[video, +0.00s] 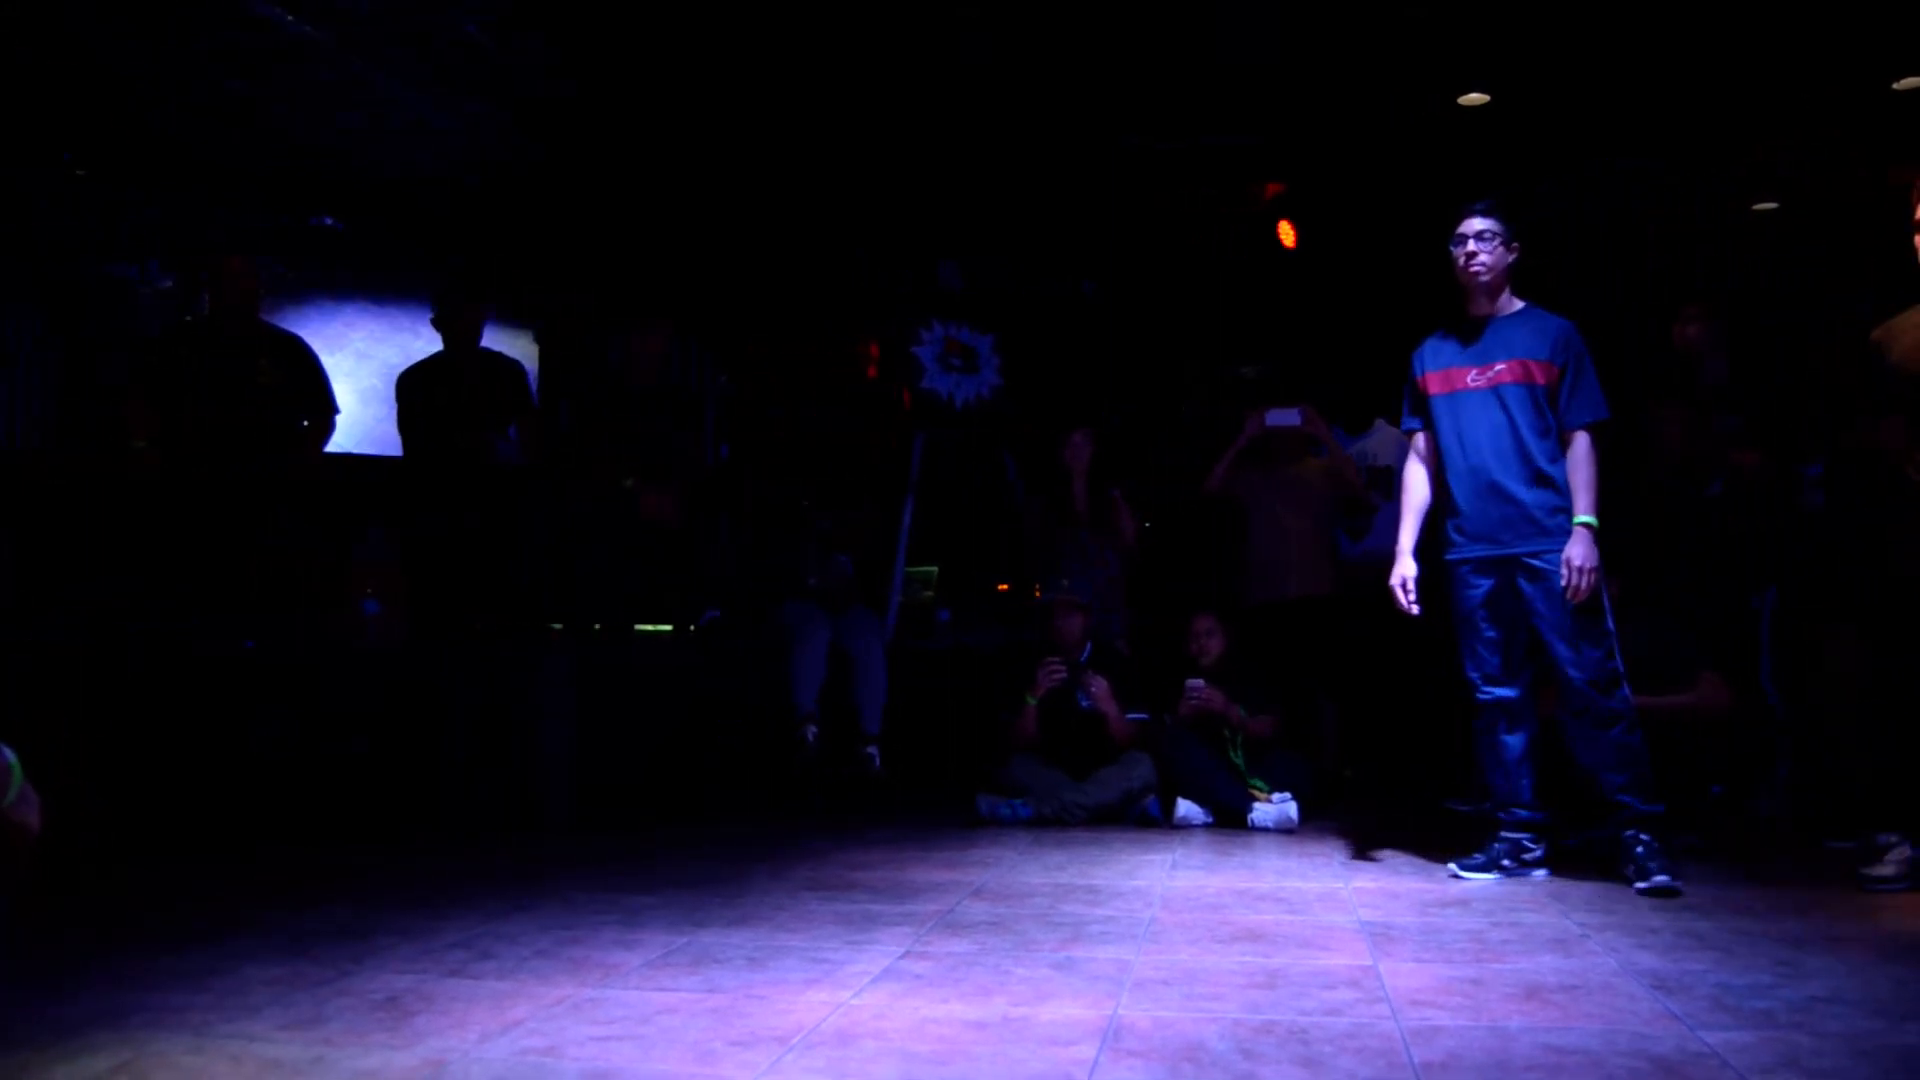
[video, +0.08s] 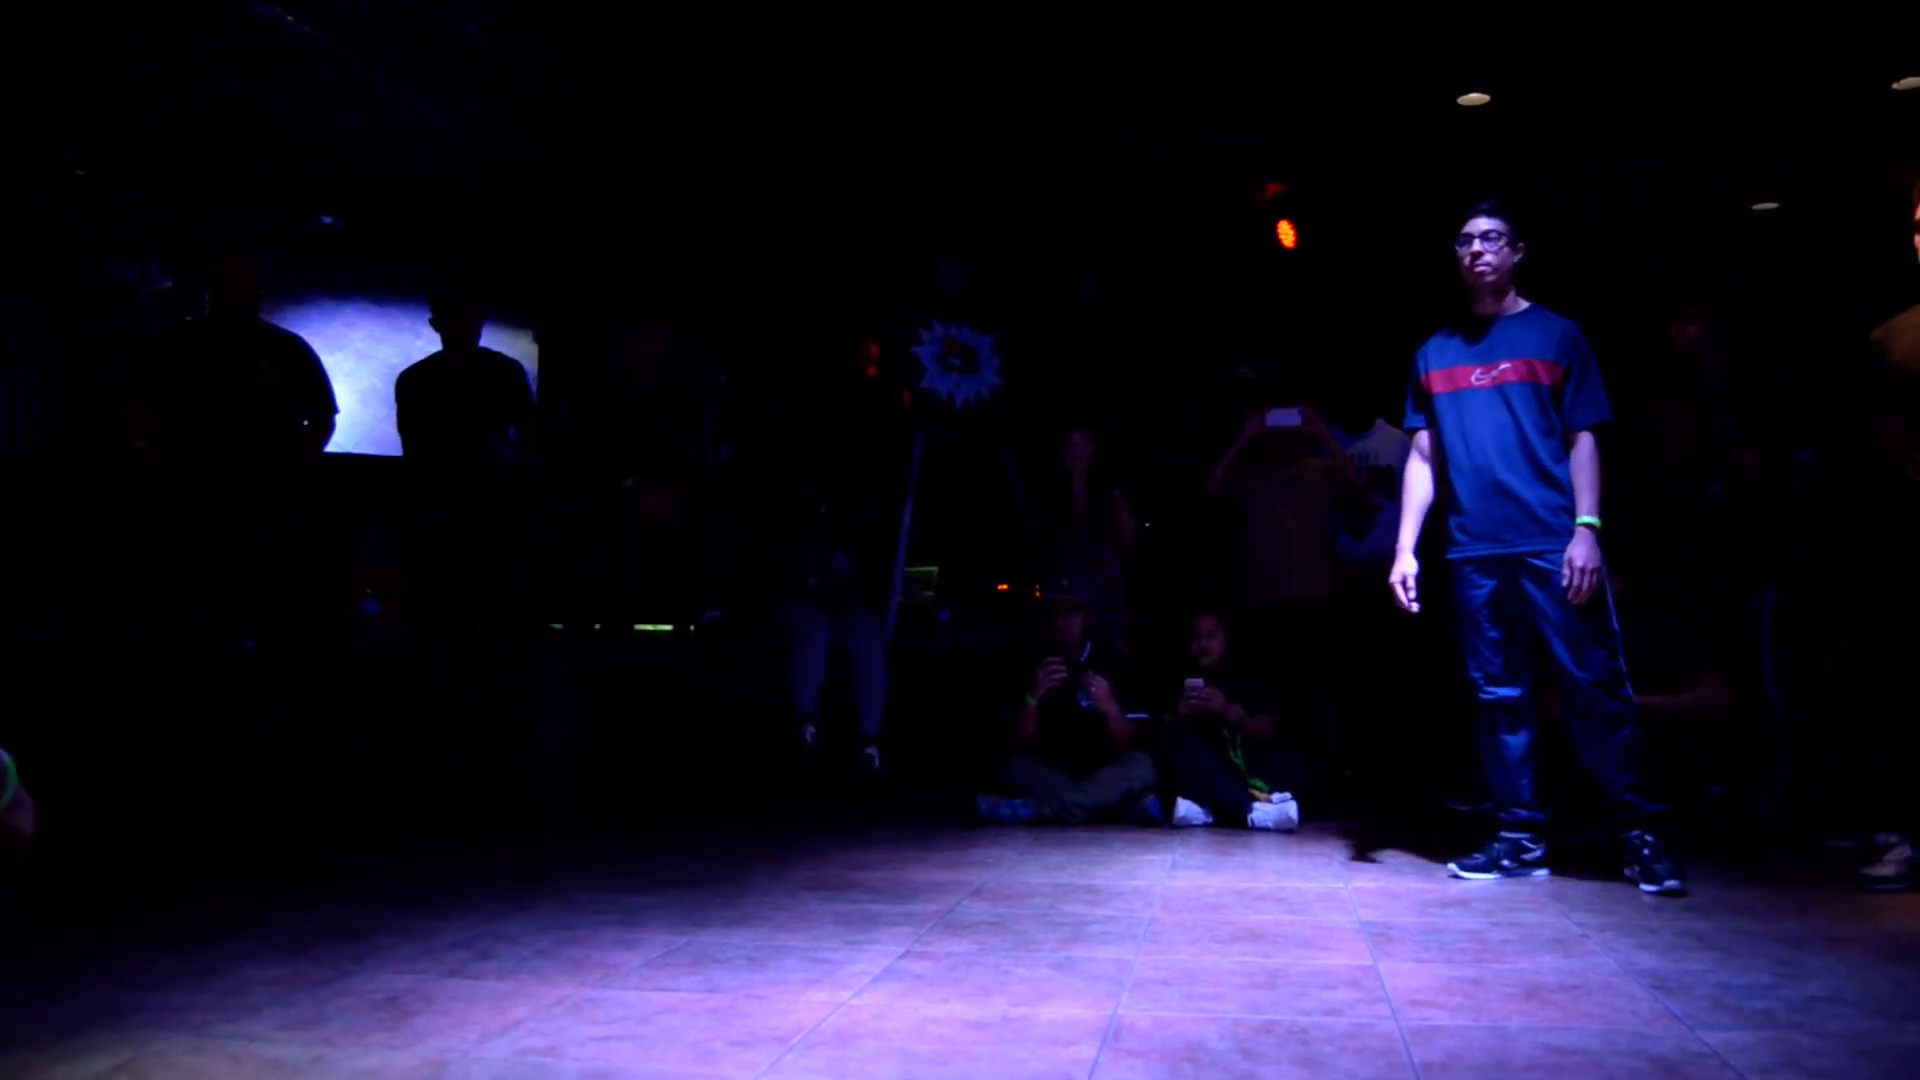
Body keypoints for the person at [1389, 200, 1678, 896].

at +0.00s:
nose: (1470, 252)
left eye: (1483, 241)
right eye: (1461, 243)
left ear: (1512, 254)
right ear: (1451, 261)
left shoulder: (1551, 336)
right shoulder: (1433, 355)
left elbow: (1579, 439)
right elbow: (1421, 456)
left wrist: (1584, 529)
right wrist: (1405, 549)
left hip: (1546, 542)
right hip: (1470, 550)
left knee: (1594, 688)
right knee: (1497, 695)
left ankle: (1638, 838)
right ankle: (1518, 838)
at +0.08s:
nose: (1476, 252)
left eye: (1489, 241)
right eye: (1467, 243)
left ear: (1516, 254)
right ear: (1456, 259)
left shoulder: (1555, 336)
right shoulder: (1436, 354)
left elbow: (1582, 439)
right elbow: (1422, 455)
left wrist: (1586, 530)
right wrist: (1405, 547)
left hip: (1549, 541)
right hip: (1472, 549)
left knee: (1598, 688)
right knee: (1498, 695)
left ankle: (1638, 838)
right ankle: (1519, 838)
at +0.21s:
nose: (1489, 251)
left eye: (1502, 240)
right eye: (1480, 241)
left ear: (1528, 254)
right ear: (1467, 256)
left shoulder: (1567, 337)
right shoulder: (1444, 353)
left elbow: (1591, 441)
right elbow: (1430, 454)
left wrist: (1594, 531)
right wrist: (1413, 546)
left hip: (1557, 543)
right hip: (1478, 549)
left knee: (1598, 691)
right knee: (1501, 695)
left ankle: (1639, 841)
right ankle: (1519, 837)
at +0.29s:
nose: (1495, 250)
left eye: (1509, 239)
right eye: (1487, 241)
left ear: (1536, 252)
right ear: (1476, 257)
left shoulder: (1575, 337)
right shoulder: (1450, 352)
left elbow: (1598, 441)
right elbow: (1436, 454)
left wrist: (1601, 531)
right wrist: (1420, 547)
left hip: (1562, 542)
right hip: (1482, 548)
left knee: (1601, 691)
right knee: (1503, 695)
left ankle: (1641, 841)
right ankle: (1518, 837)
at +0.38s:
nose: (1504, 248)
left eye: (1517, 237)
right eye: (1495, 239)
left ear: (1543, 250)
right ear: (1483, 255)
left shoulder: (1583, 337)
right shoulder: (1458, 349)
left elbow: (1605, 440)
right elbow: (1444, 451)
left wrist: (1610, 531)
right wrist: (1431, 547)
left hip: (1569, 542)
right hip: (1487, 547)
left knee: (1601, 692)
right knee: (1505, 695)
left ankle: (1641, 842)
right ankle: (1519, 837)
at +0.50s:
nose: (1516, 246)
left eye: (1529, 235)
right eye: (1506, 237)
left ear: (1555, 248)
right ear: (1495, 253)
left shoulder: (1594, 337)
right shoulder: (1467, 346)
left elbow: (1616, 440)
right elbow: (1456, 450)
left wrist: (1623, 531)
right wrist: (1448, 545)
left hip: (1578, 542)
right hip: (1498, 545)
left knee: (1604, 691)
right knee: (1512, 694)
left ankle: (1640, 842)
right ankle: (1518, 837)